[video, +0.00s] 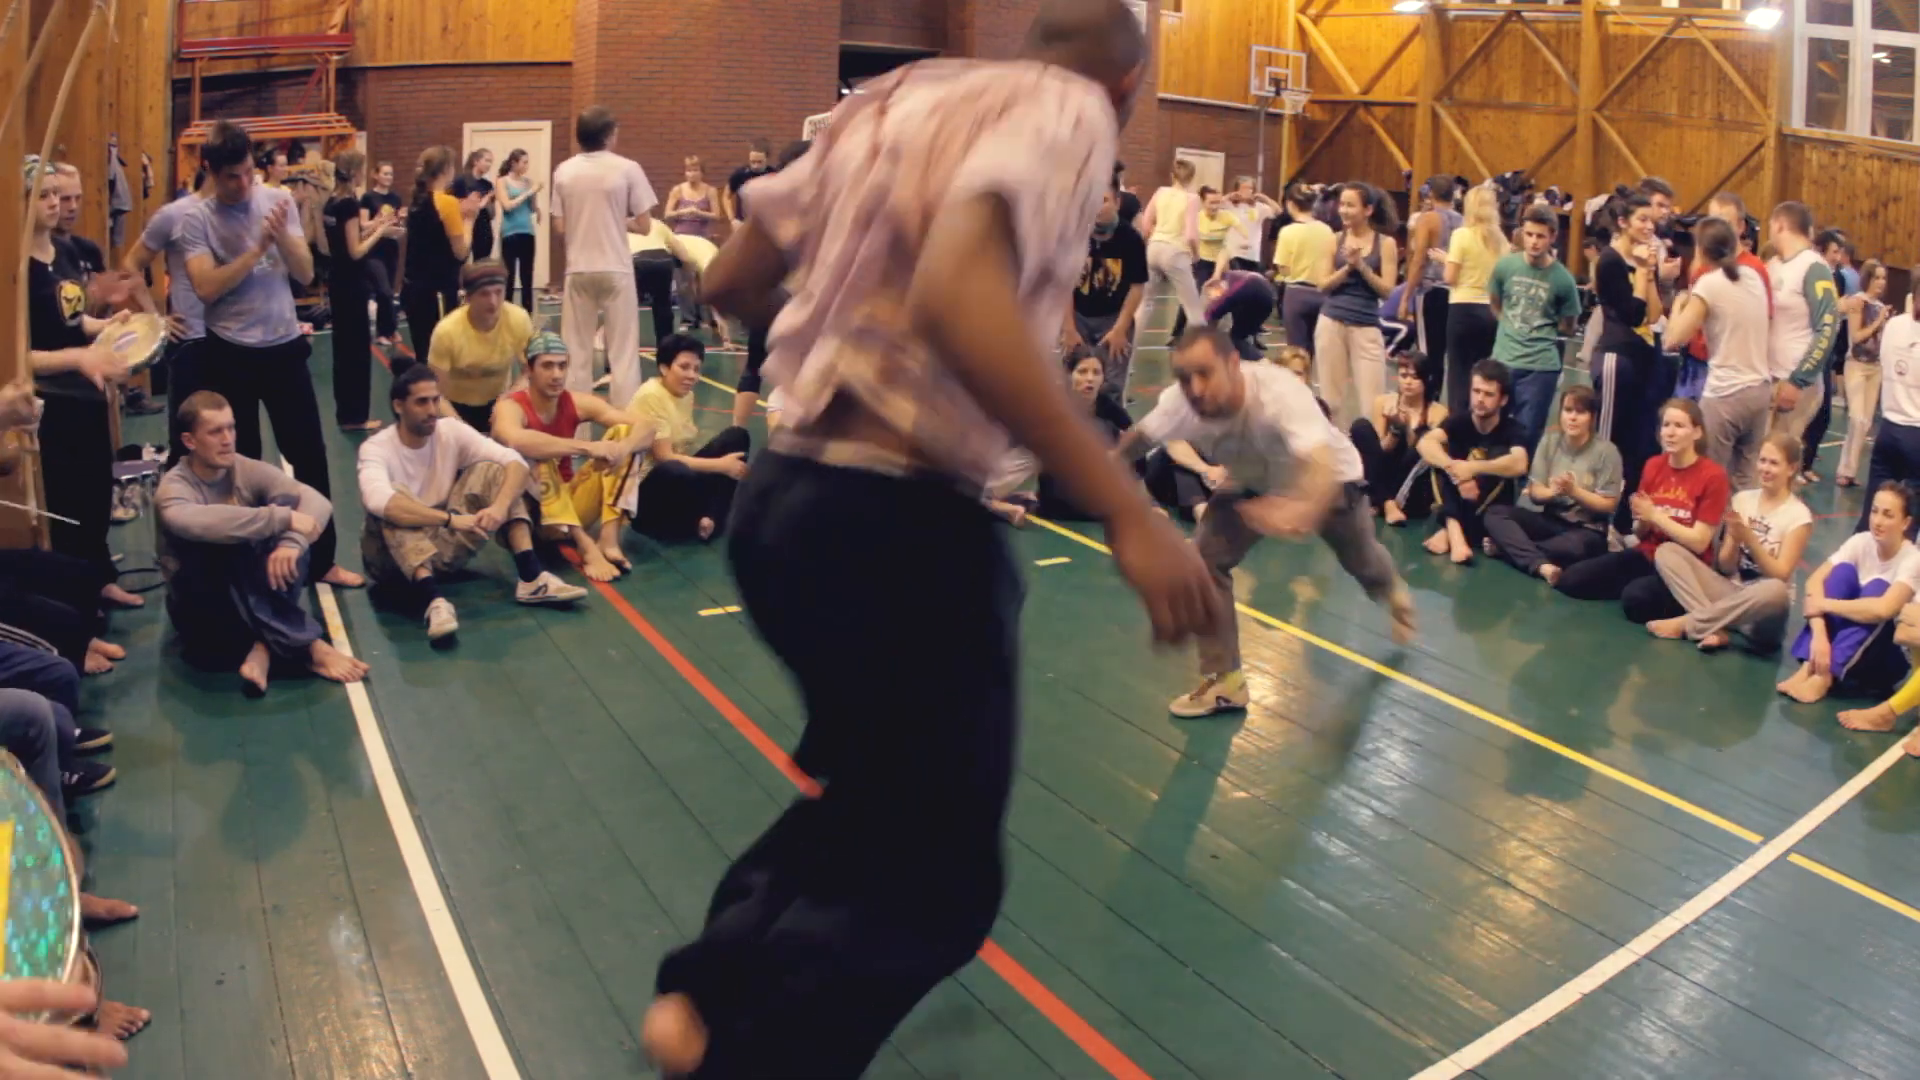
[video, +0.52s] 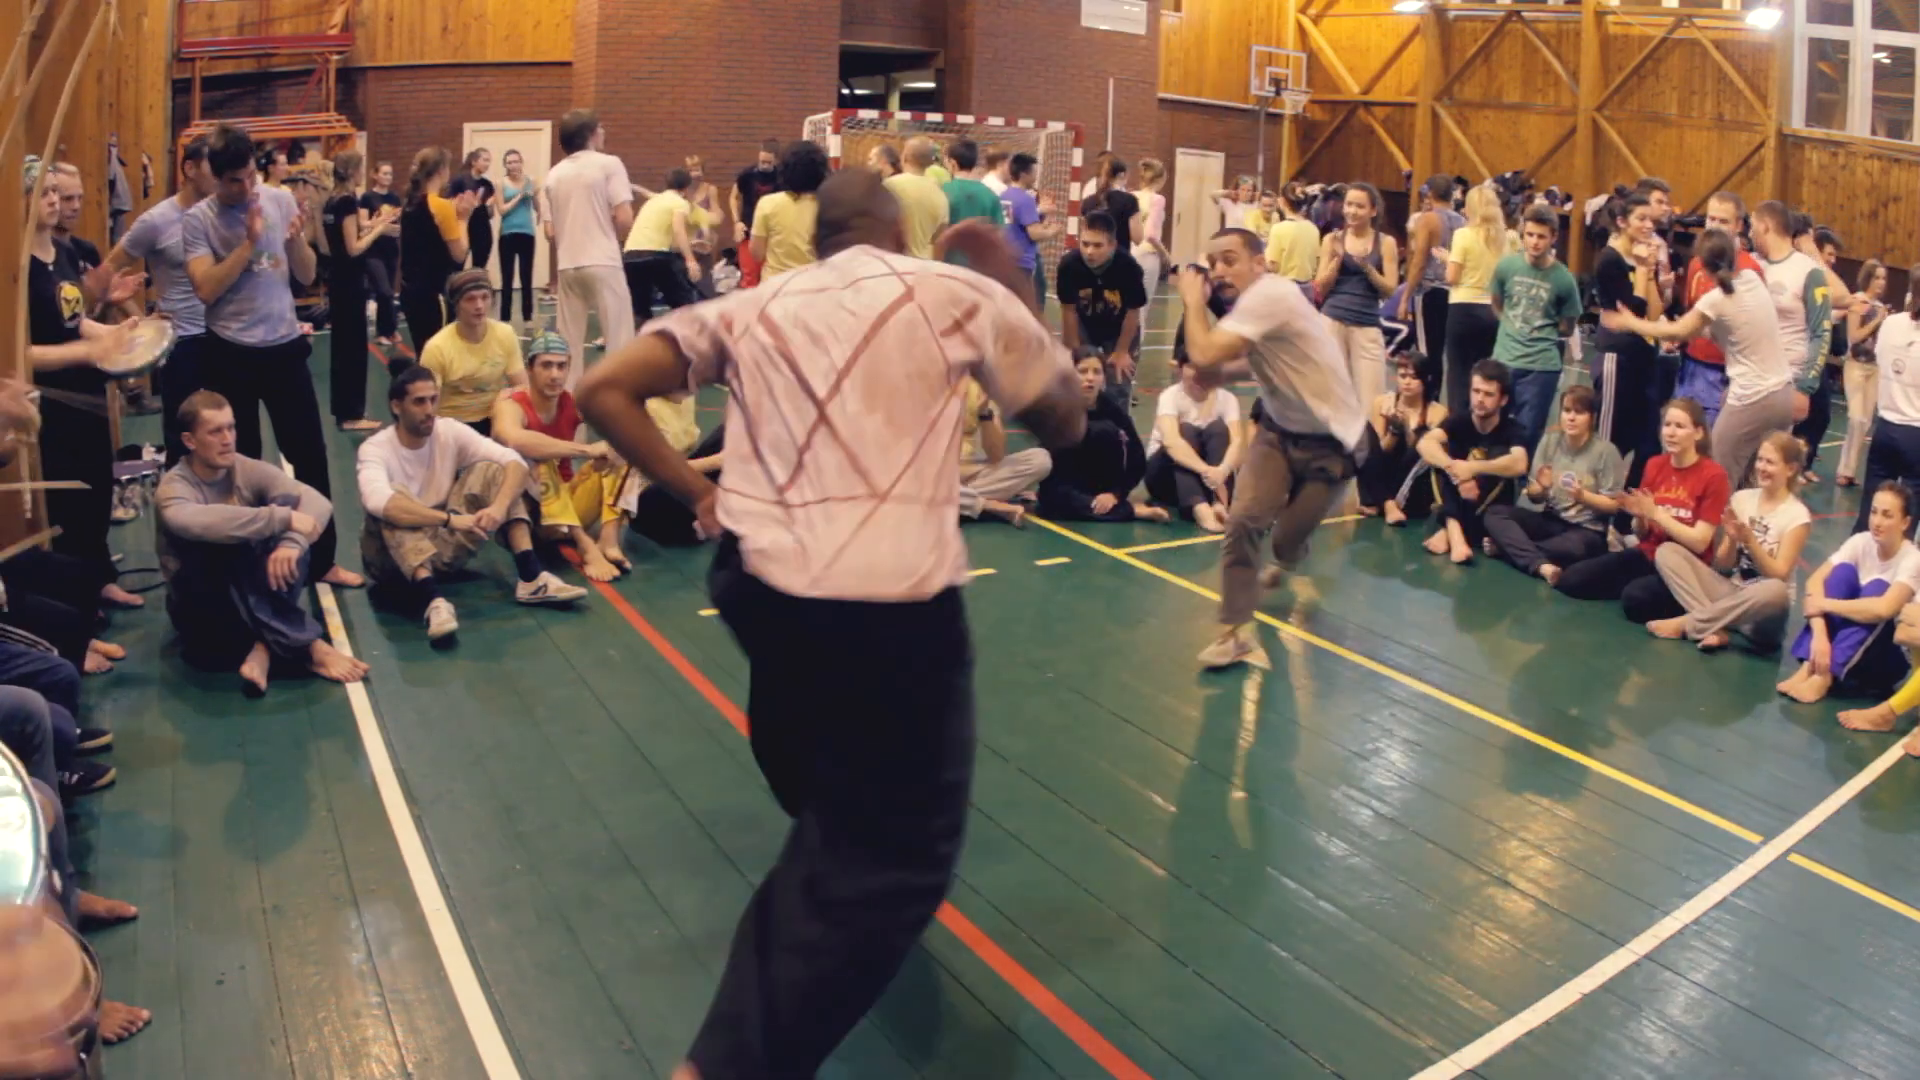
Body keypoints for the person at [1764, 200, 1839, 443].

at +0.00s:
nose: (1769, 232)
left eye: (1771, 225)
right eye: (1770, 225)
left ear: (1780, 225)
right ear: (1803, 227)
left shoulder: (1815, 267)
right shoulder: (1772, 267)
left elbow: (1827, 329)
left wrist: (1796, 381)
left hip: (1800, 379)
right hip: (1767, 374)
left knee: (1778, 457)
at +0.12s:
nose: (1767, 235)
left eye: (1767, 228)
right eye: (1767, 229)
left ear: (1777, 226)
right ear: (1798, 229)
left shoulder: (1814, 269)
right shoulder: (1771, 269)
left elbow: (1829, 332)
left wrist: (1800, 384)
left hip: (1797, 381)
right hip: (1765, 375)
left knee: (1781, 460)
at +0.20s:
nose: (1763, 236)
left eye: (1765, 229)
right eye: (1763, 230)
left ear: (1775, 228)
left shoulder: (1813, 271)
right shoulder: (1767, 268)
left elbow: (1830, 333)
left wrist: (1805, 387)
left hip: (1794, 381)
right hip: (1761, 375)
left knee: (1779, 461)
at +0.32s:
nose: (1759, 234)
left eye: (1762, 227)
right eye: (1761, 227)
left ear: (1774, 227)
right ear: (1782, 228)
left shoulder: (1813, 273)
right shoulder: (1763, 267)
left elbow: (1829, 335)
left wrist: (1808, 388)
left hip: (1794, 379)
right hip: (1759, 373)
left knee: (1777, 460)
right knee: (1748, 457)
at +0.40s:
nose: (1758, 233)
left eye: (1761, 226)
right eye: (1759, 226)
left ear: (1772, 227)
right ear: (1782, 227)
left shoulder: (1812, 273)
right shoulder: (1761, 267)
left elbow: (1827, 336)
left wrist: (1808, 387)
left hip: (1793, 377)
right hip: (1757, 371)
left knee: (1777, 457)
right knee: (1746, 455)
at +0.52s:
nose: (1751, 232)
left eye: (1753, 225)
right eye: (1751, 226)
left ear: (1767, 226)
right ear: (1773, 227)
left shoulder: (1809, 270)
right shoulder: (1752, 266)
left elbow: (1822, 334)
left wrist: (1804, 387)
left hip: (1790, 374)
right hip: (1751, 369)